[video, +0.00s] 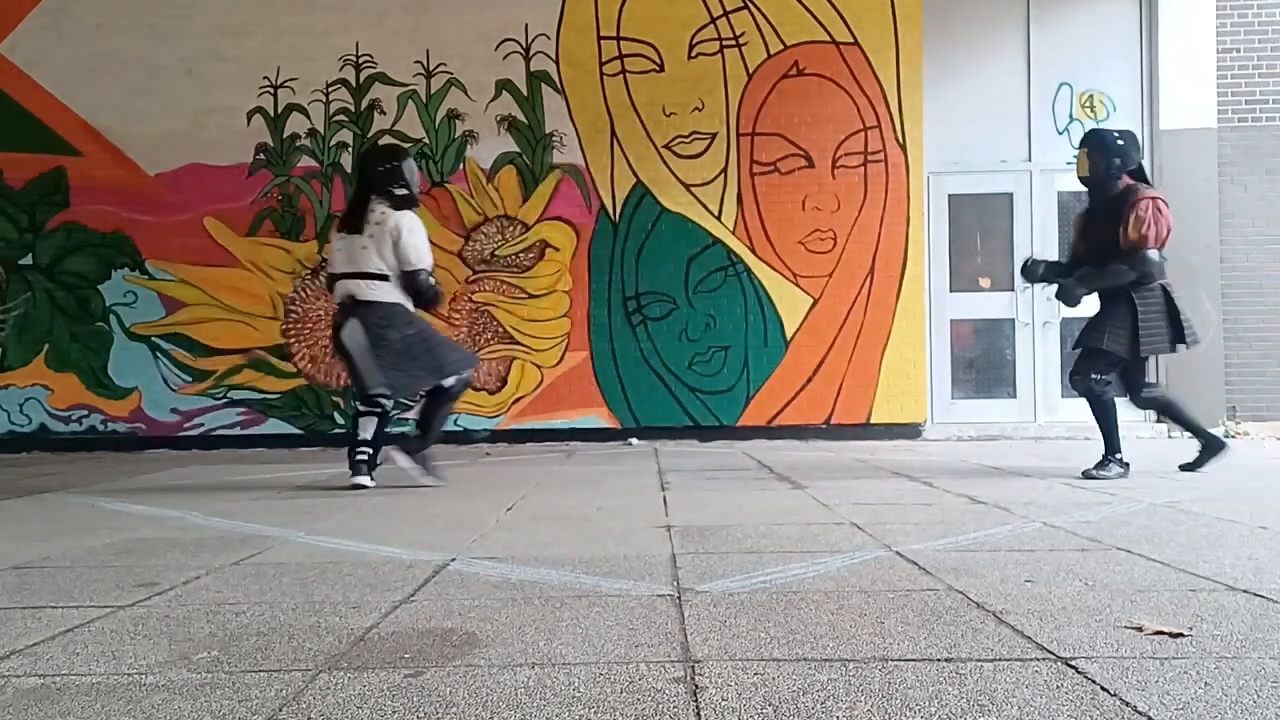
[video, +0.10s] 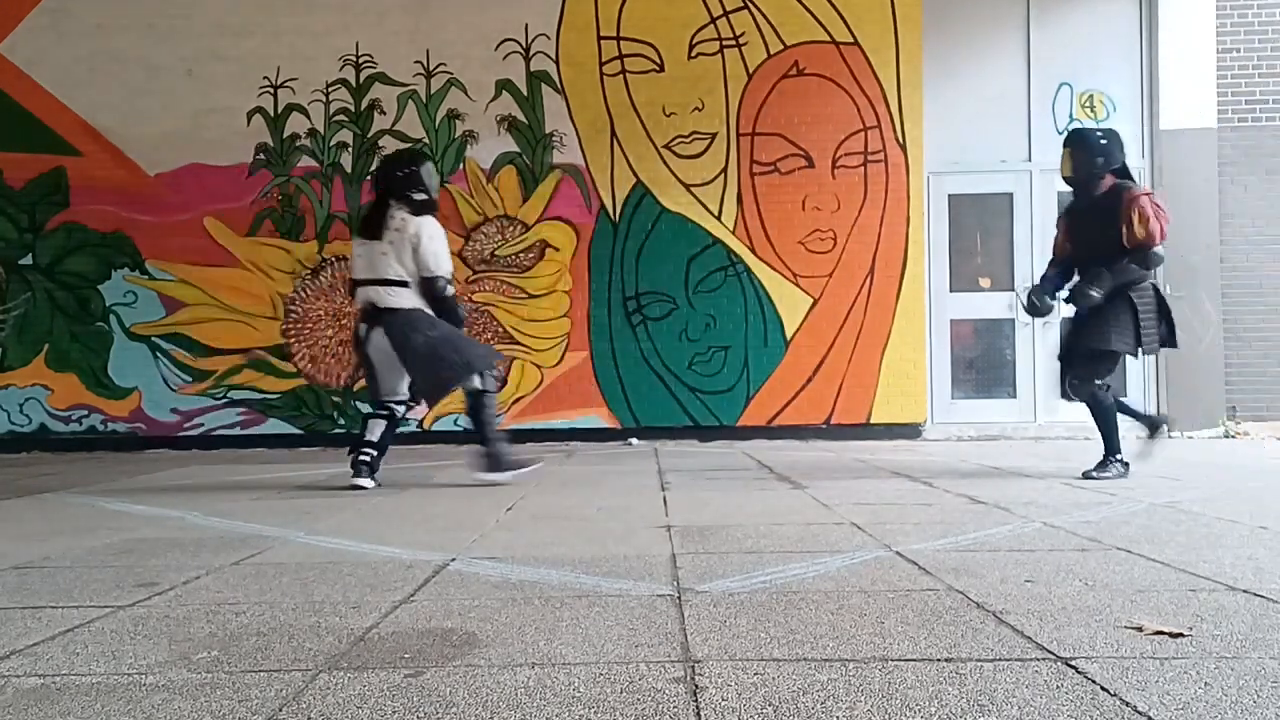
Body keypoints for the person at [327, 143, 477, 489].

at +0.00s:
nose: (416, 179)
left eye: (412, 170)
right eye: (409, 171)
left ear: (365, 178)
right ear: (395, 178)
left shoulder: (344, 220)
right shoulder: (402, 219)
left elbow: (333, 281)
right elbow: (418, 284)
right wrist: (434, 295)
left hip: (346, 318)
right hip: (388, 317)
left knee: (375, 391)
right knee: (458, 370)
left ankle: (361, 467)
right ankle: (417, 447)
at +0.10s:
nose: (431, 184)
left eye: (428, 176)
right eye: (425, 177)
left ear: (383, 184)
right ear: (414, 182)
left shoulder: (365, 223)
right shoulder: (423, 224)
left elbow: (359, 286)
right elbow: (436, 288)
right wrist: (457, 324)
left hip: (372, 327)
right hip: (411, 325)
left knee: (392, 400)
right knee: (478, 365)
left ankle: (364, 468)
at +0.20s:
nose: (452, 190)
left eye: (448, 182)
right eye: (445, 183)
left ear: (409, 191)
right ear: (436, 189)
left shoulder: (393, 232)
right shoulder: (444, 232)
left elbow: (390, 291)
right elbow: (455, 295)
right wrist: (483, 332)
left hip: (400, 332)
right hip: (438, 333)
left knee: (406, 404)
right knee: (505, 381)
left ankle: (366, 466)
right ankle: (537, 460)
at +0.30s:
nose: (478, 198)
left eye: (475, 191)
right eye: (473, 191)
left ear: (435, 199)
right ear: (462, 200)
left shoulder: (423, 235)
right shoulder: (463, 241)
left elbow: (423, 294)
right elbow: (470, 305)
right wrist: (507, 332)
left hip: (422, 333)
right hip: (457, 336)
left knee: (417, 412)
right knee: (533, 373)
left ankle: (371, 457)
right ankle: (544, 461)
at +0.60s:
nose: (480, 206)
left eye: (477, 198)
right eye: (474, 199)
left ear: (437, 206)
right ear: (457, 207)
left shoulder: (425, 241)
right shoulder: (451, 248)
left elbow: (426, 303)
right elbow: (459, 308)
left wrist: (473, 326)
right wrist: (492, 297)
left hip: (408, 341)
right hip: (439, 346)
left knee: (389, 415)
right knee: (515, 381)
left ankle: (332, 468)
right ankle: (543, 462)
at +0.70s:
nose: (453, 205)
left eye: (450, 198)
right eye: (448, 199)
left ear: (410, 201)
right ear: (434, 204)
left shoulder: (394, 234)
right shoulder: (428, 241)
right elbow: (437, 301)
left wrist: (454, 282)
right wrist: (457, 310)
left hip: (381, 337)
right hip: (417, 342)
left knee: (371, 409)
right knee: (481, 392)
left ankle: (323, 468)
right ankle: (527, 457)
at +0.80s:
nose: (434, 193)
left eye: (432, 185)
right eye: (429, 186)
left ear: (387, 192)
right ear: (416, 193)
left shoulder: (370, 223)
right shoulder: (413, 232)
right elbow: (432, 296)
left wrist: (430, 254)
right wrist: (444, 270)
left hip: (363, 327)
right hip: (400, 331)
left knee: (363, 403)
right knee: (470, 373)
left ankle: (322, 467)